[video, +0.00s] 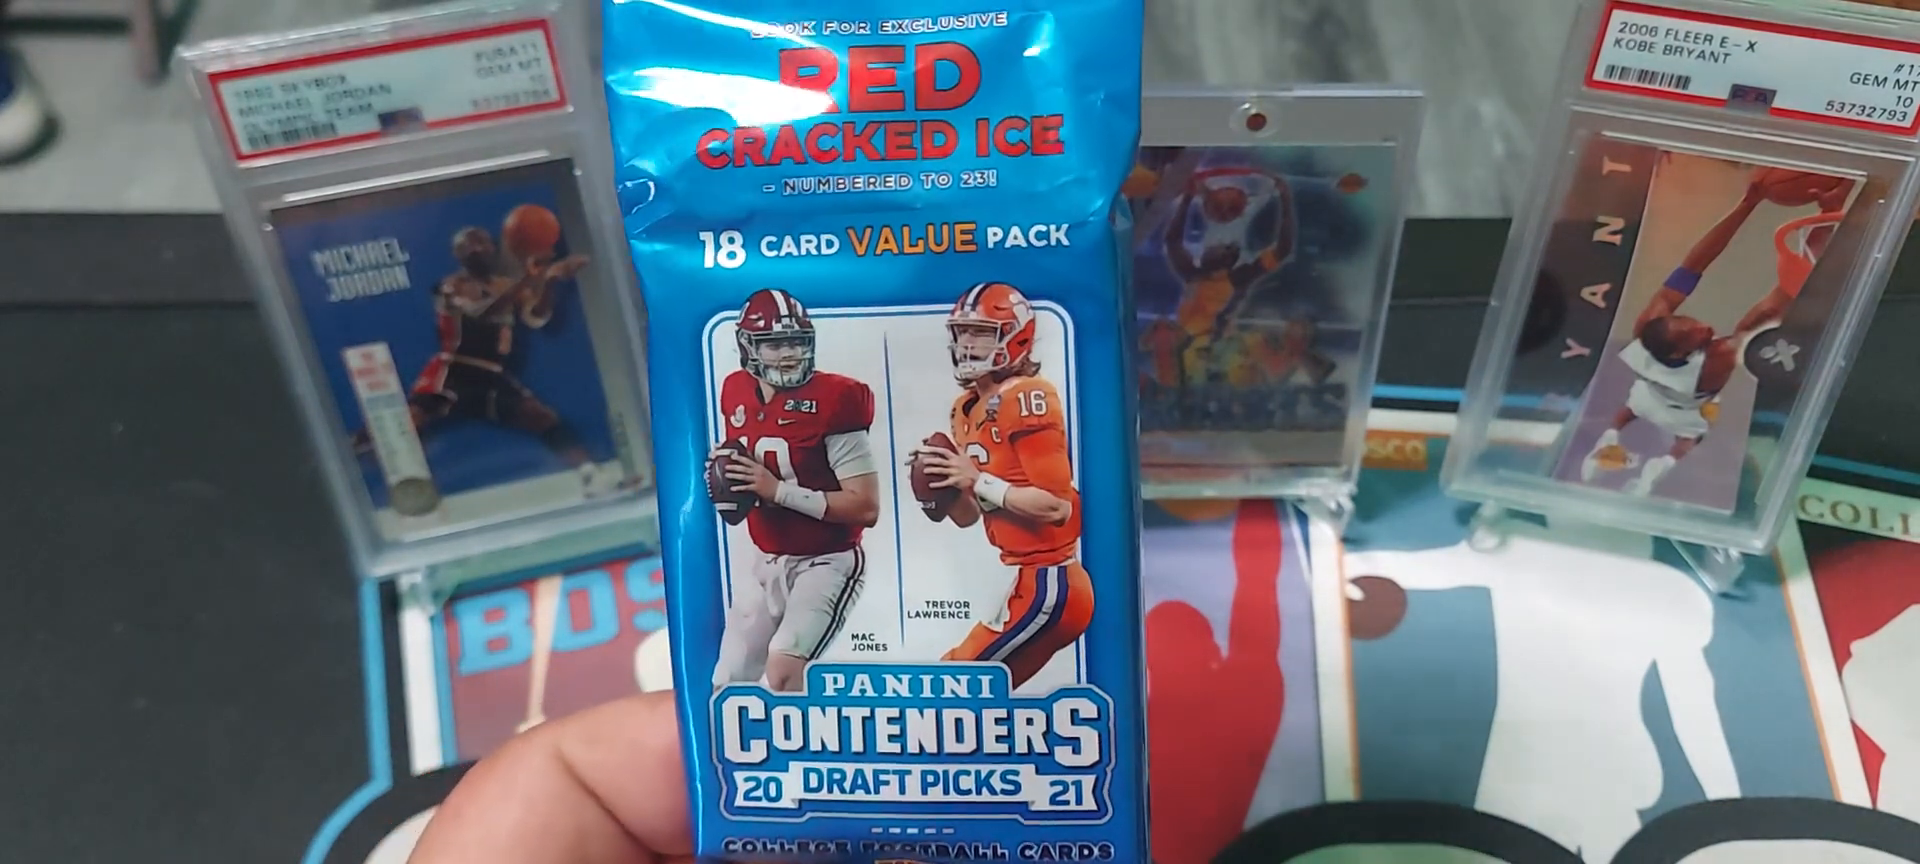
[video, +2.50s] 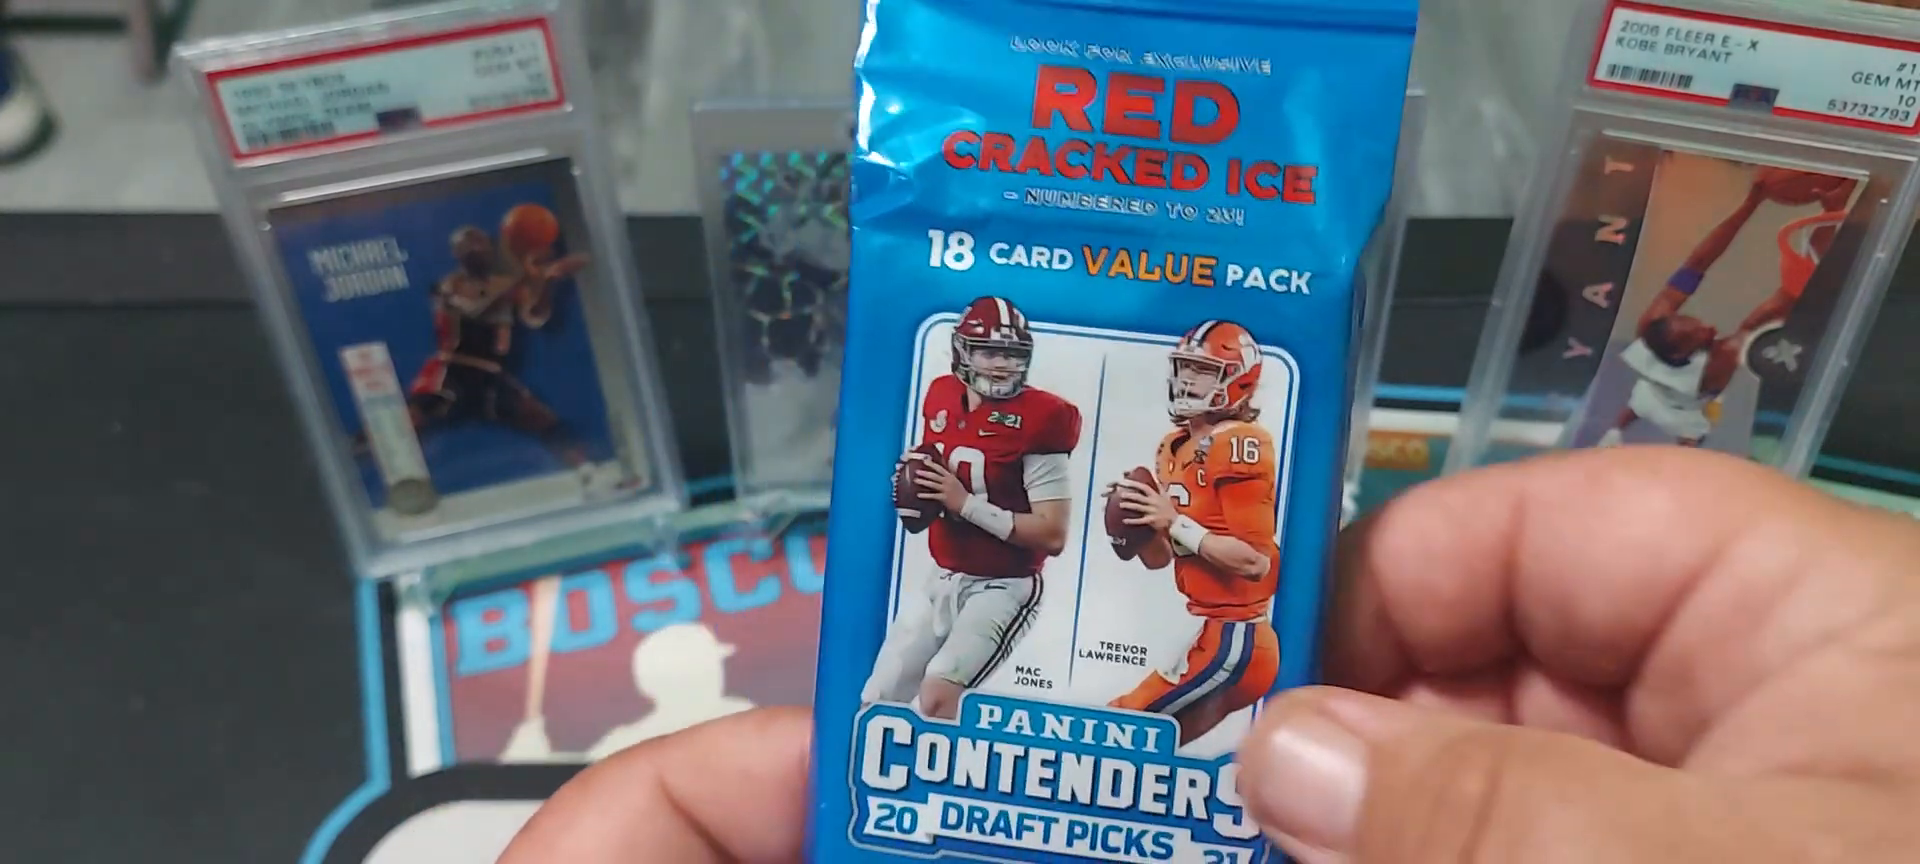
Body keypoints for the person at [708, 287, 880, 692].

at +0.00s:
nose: (786, 354)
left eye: (795, 343)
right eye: (774, 345)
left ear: (808, 344)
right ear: (750, 347)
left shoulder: (837, 399)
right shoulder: (736, 390)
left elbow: (866, 507)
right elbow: (738, 462)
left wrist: (777, 489)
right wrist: (721, 474)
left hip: (829, 563)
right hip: (765, 564)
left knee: (782, 673)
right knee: (728, 685)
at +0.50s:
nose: (787, 346)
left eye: (795, 335)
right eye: (775, 336)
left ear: (808, 336)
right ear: (750, 339)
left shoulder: (837, 390)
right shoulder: (736, 382)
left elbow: (864, 499)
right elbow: (739, 457)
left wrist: (776, 481)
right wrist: (722, 467)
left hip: (828, 555)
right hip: (766, 557)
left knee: (780, 669)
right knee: (726, 678)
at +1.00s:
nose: (796, 353)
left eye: (804, 342)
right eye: (783, 343)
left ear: (818, 344)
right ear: (760, 346)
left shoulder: (846, 397)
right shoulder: (747, 390)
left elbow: (872, 507)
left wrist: (786, 490)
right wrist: (732, 475)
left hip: (837, 563)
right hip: (775, 565)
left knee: (788, 677)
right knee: (734, 685)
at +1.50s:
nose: (813, 366)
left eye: (821, 355)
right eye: (800, 356)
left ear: (834, 357)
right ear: (776, 359)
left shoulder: (860, 411)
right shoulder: (762, 402)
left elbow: (885, 521)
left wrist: (798, 502)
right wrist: (745, 490)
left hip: (849, 576)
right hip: (788, 578)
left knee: (799, 689)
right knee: (744, 701)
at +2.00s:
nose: (904, 412)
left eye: (914, 400)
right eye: (890, 400)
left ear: (928, 402)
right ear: (865, 403)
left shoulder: (956, 461)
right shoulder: (852, 447)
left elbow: (975, 577)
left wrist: (885, 553)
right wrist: (832, 543)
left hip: (935, 635)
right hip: (871, 632)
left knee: (881, 748)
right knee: (823, 757)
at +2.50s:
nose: (1003, 364)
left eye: (1014, 354)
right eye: (989, 352)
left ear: (1026, 358)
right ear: (963, 352)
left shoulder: (1045, 417)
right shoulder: (942, 394)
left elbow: (1053, 534)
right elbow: (933, 469)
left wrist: (966, 504)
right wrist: (911, 480)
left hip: (1006, 588)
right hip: (941, 580)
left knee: (937, 697)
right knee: (878, 698)